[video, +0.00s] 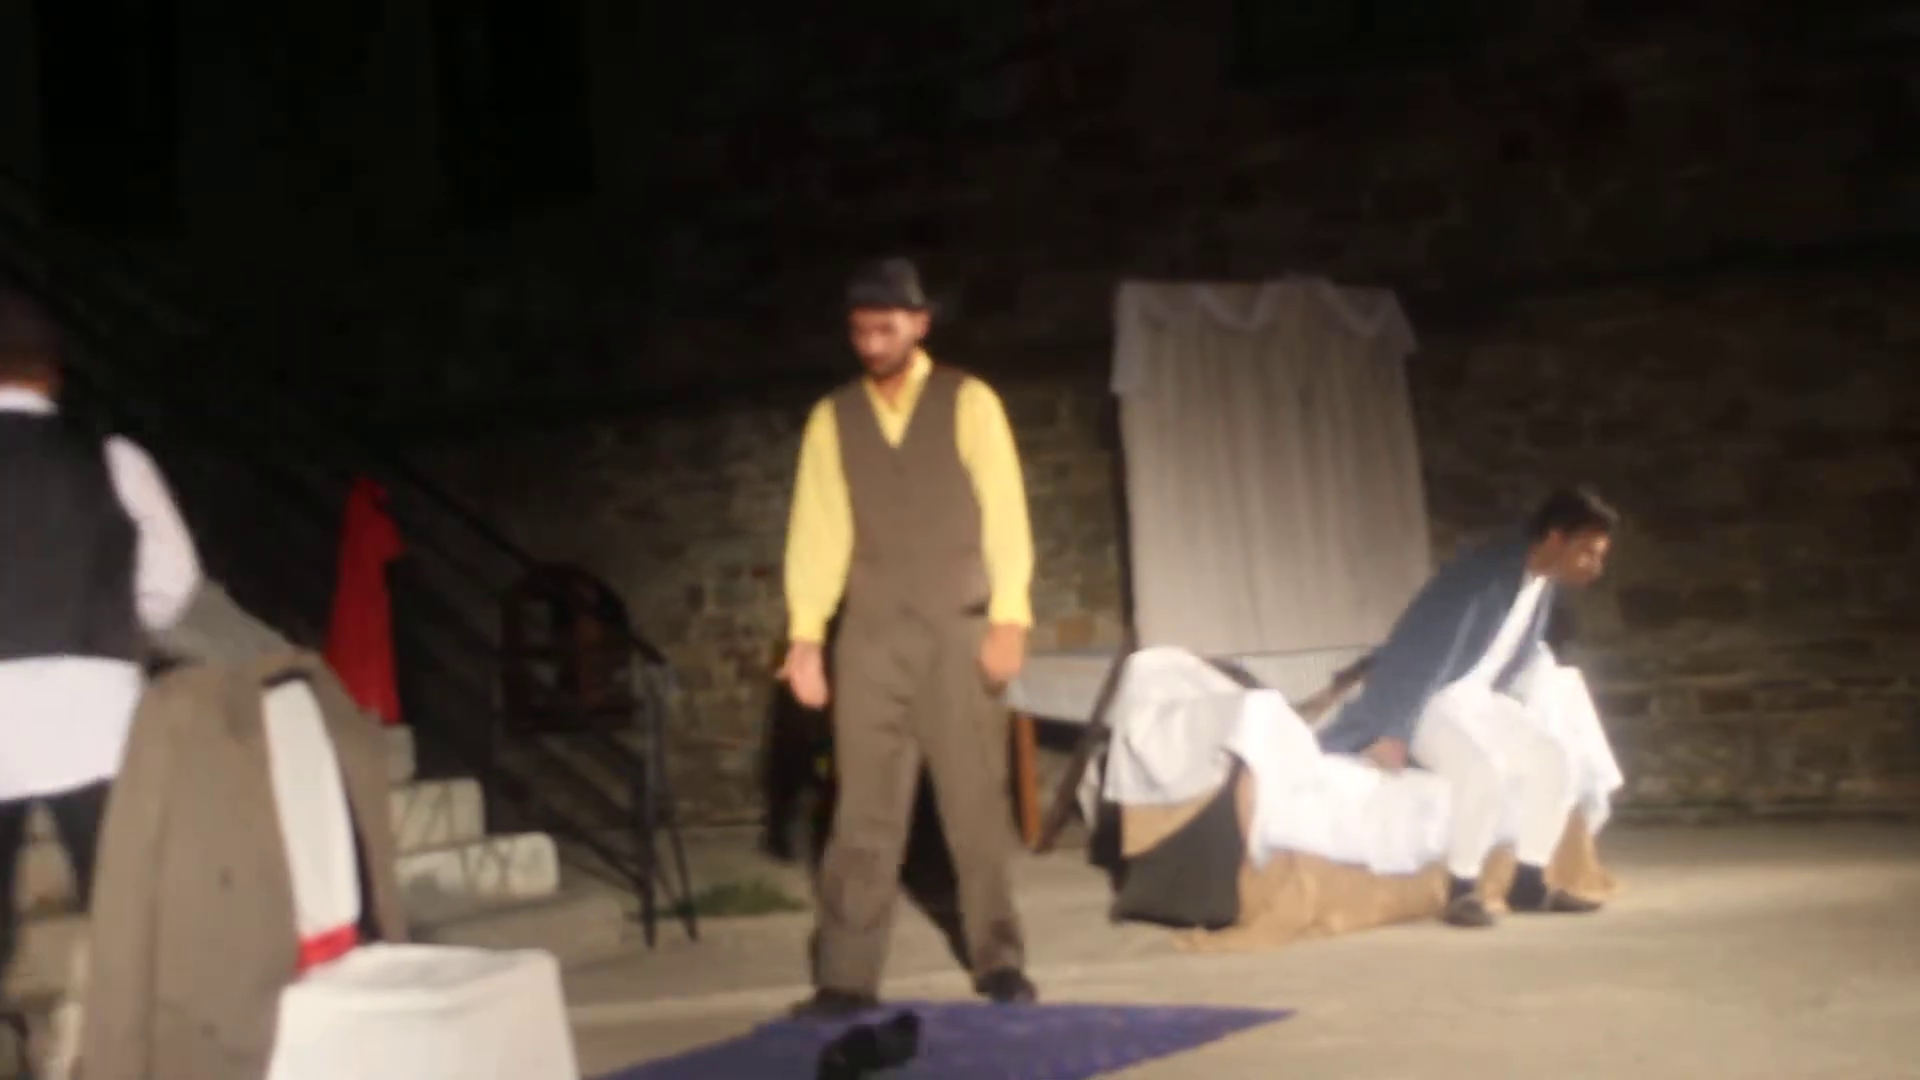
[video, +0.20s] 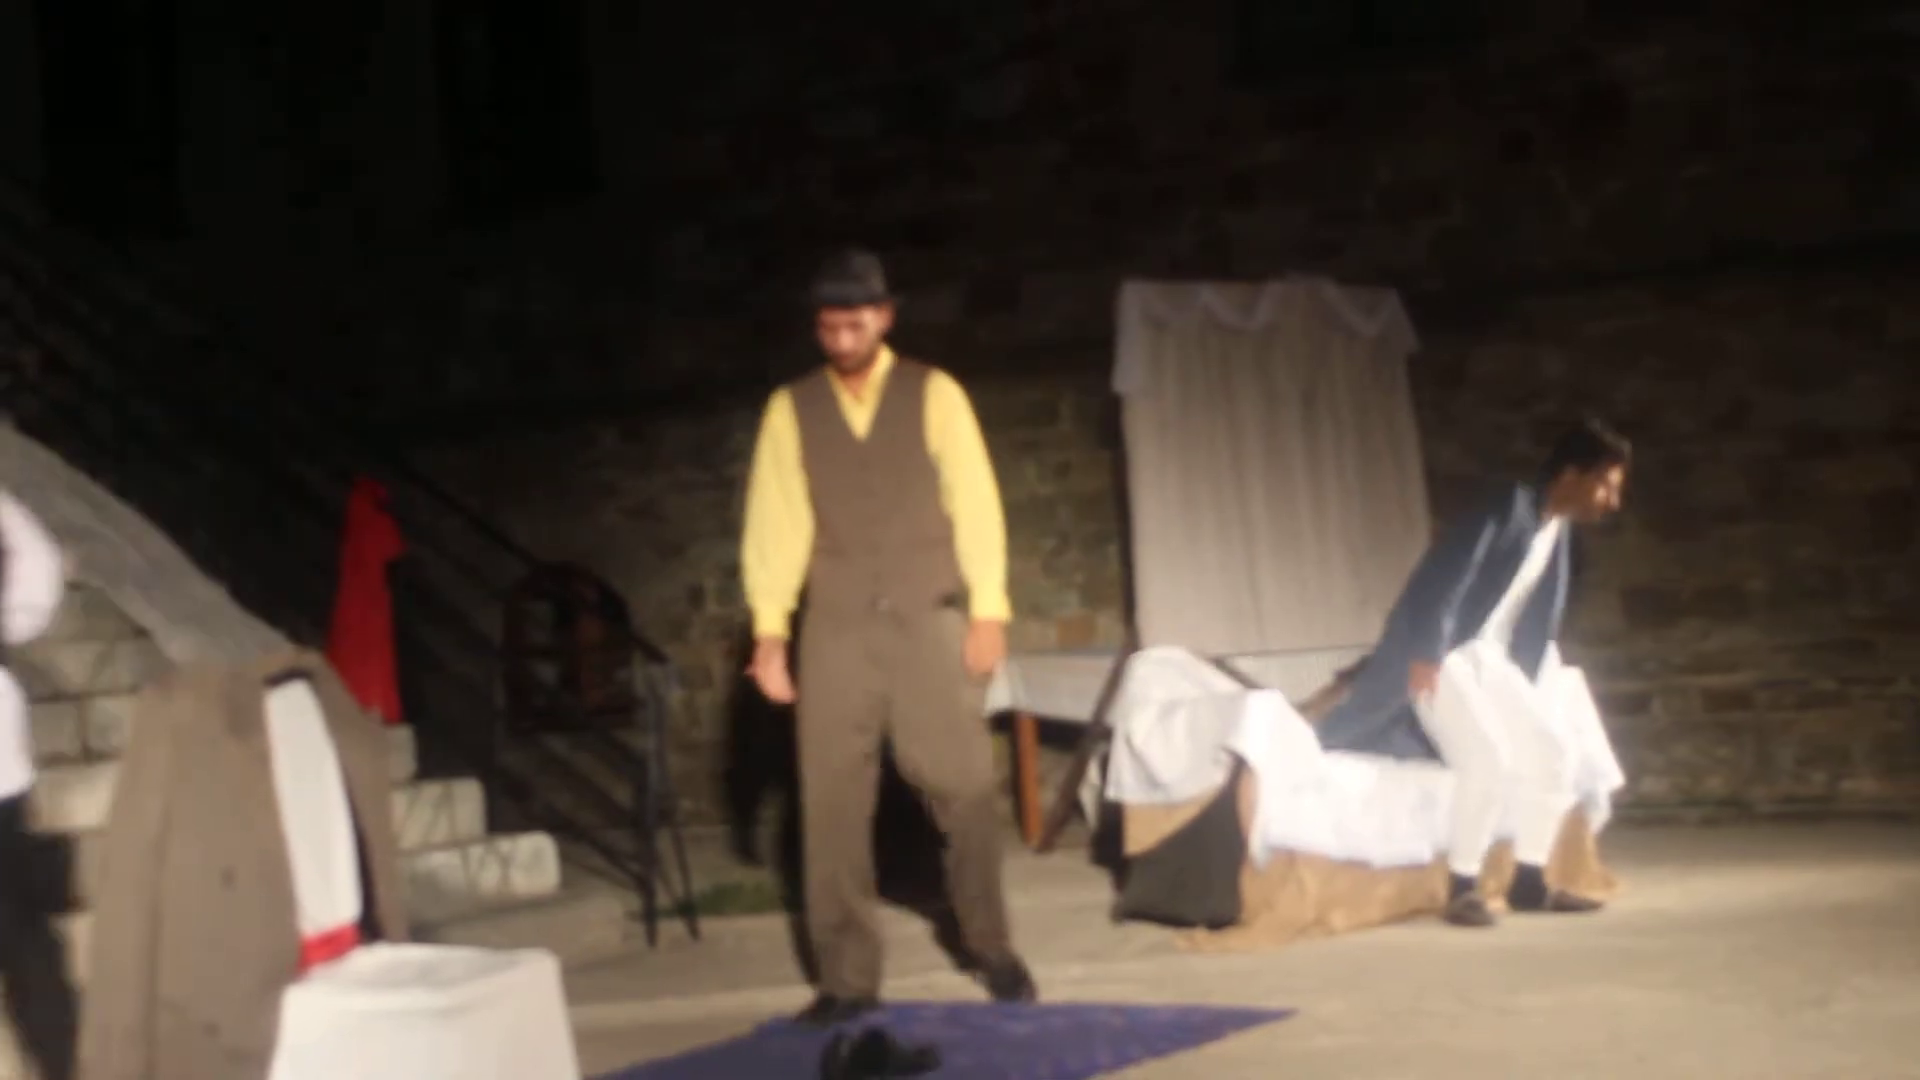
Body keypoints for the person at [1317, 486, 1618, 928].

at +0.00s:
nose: (1596, 566)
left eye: (1601, 556)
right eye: (1588, 552)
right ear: (1555, 539)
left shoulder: (1542, 589)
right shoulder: (1482, 573)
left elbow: (1517, 664)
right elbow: (1422, 648)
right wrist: (1391, 731)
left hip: (1480, 696)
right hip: (1428, 696)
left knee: (1550, 759)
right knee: (1481, 769)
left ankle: (1529, 884)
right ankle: (1462, 890)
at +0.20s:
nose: (1612, 500)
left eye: (1616, 489)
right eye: (1606, 484)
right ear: (1570, 474)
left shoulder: (1559, 541)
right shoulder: (1503, 506)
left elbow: (1540, 626)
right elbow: (1446, 574)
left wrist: (1525, 687)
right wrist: (1425, 652)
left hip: (1493, 658)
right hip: (1443, 650)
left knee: (1551, 756)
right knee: (1483, 758)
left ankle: (1528, 881)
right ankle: (1463, 887)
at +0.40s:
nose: (1612, 446)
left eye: (1616, 434)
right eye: (1606, 430)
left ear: (1583, 428)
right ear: (1570, 420)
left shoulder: (1565, 488)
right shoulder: (1512, 457)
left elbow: (1556, 576)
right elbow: (1462, 532)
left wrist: (1551, 642)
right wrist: (1457, 614)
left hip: (1519, 638)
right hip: (1471, 629)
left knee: (1551, 750)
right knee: (1496, 752)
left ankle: (1531, 880)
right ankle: (1475, 885)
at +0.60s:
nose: (1606, 414)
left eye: (1611, 403)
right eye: (1597, 400)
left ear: (1598, 403)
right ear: (1559, 391)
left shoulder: (1571, 455)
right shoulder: (1514, 440)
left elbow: (1558, 531)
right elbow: (1470, 516)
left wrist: (1576, 575)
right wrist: (1489, 594)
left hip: (1554, 625)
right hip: (1506, 621)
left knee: (1571, 744)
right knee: (1505, 747)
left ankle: (1552, 873)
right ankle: (1484, 886)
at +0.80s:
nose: (1611, 409)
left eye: (1618, 397)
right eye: (1603, 395)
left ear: (1617, 395)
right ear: (1567, 388)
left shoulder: (1591, 449)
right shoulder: (1517, 442)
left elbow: (1579, 521)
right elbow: (1459, 509)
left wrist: (1593, 571)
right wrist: (1498, 576)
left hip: (1567, 621)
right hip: (1514, 622)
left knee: (1590, 741)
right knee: (1507, 748)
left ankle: (1588, 876)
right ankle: (1482, 887)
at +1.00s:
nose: (1610, 407)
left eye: (1618, 394)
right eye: (1599, 394)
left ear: (1627, 393)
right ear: (1569, 386)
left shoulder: (1617, 441)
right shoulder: (1525, 437)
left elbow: (1635, 508)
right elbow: (1463, 499)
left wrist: (1658, 557)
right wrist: (1505, 562)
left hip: (1593, 622)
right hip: (1535, 621)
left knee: (1603, 745)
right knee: (1540, 749)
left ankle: (1587, 875)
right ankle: (1520, 879)